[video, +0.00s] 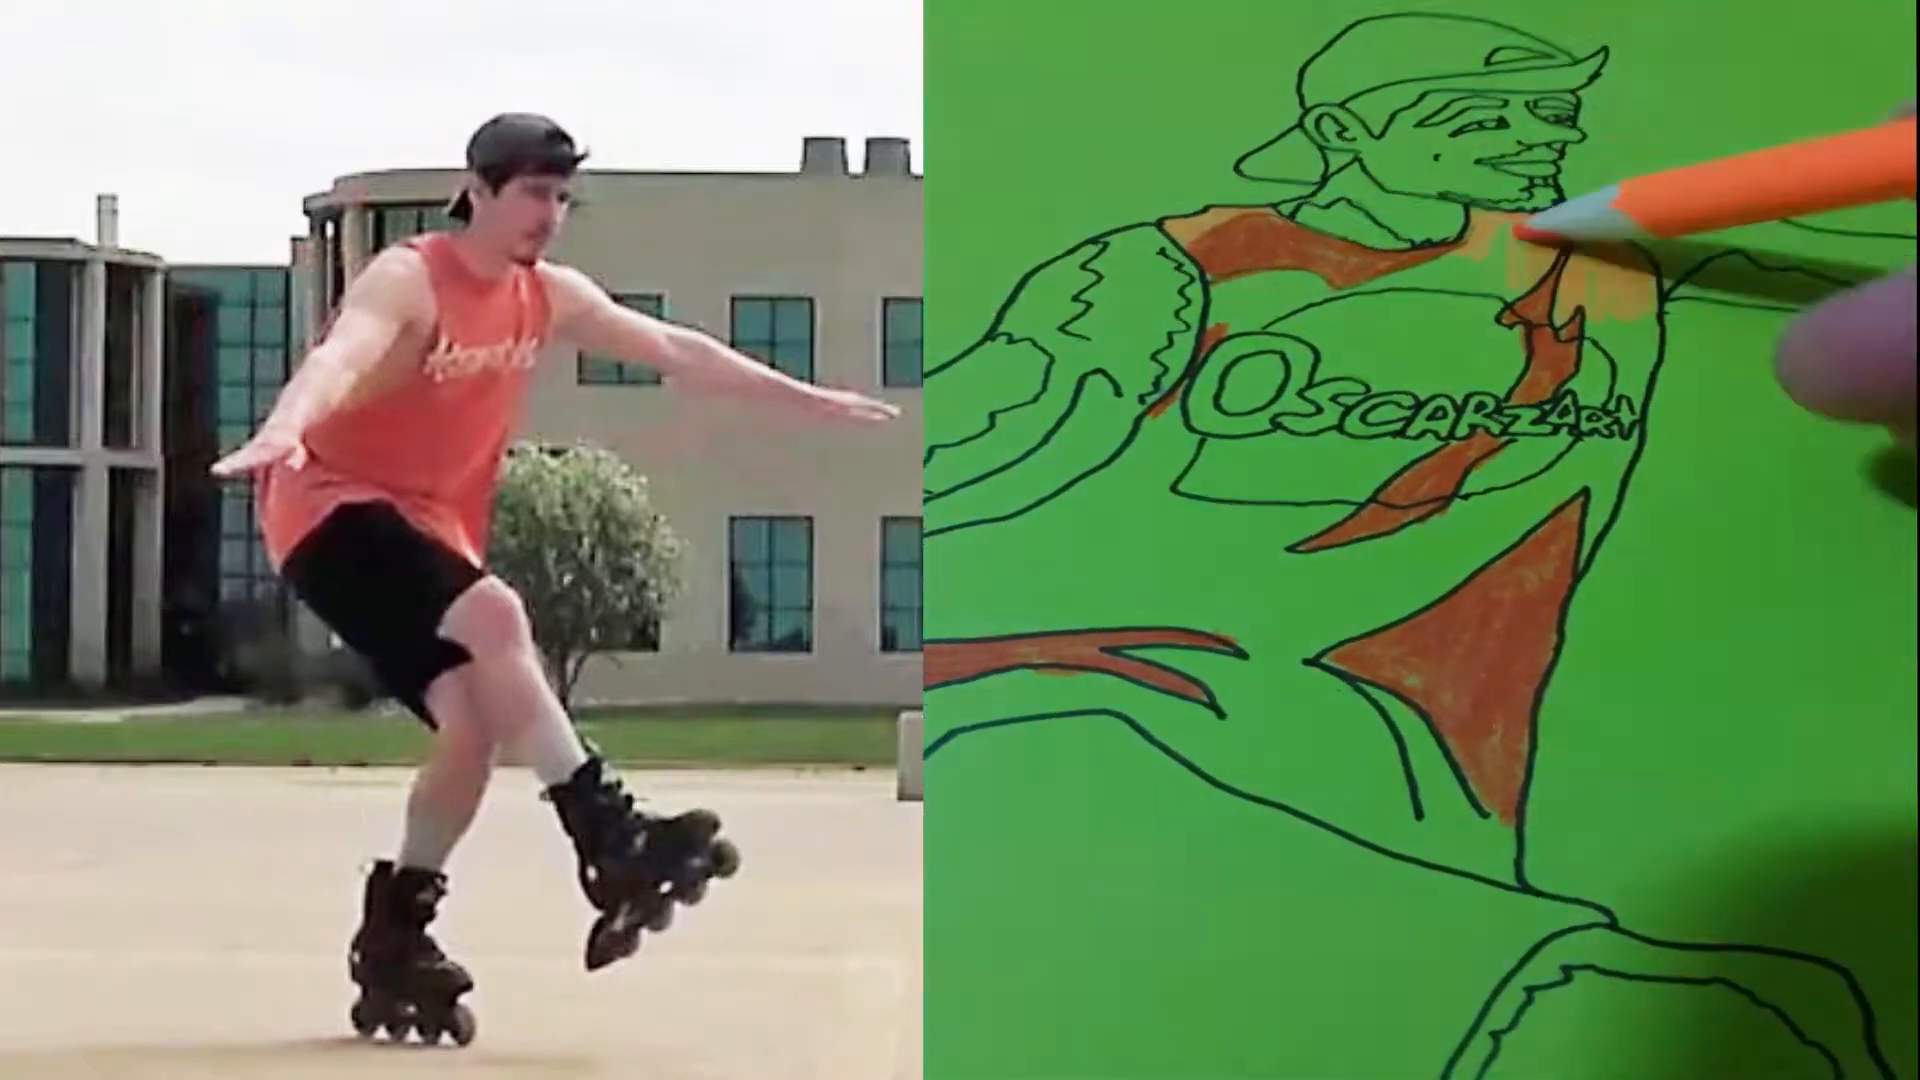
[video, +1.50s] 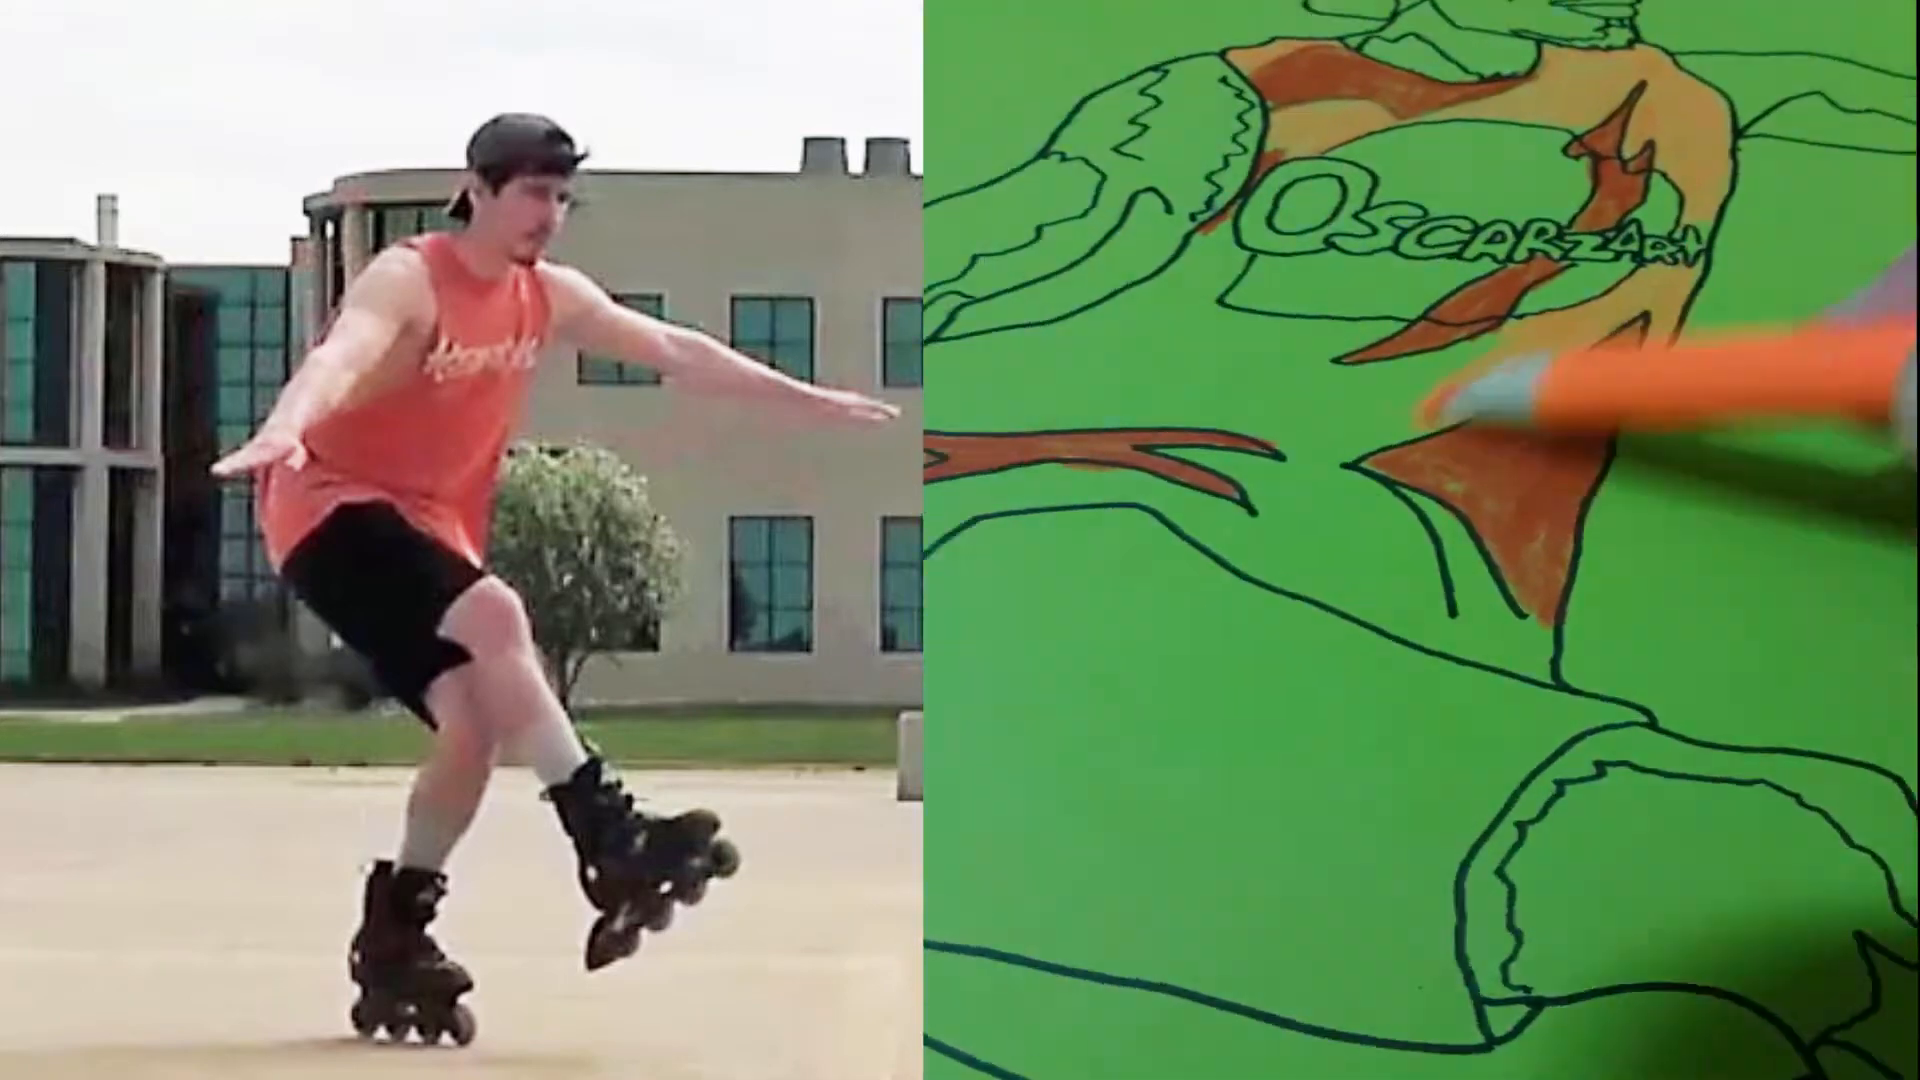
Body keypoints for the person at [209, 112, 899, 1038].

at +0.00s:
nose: (552, 214)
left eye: (562, 198)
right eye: (536, 195)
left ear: (562, 203)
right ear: (477, 191)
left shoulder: (551, 293)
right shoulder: (408, 274)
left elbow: (674, 349)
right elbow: (342, 356)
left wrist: (811, 399)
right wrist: (283, 428)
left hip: (436, 530)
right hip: (334, 505)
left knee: (477, 725)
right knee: (492, 616)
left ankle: (393, 935)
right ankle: (610, 841)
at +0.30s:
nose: (552, 214)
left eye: (562, 198)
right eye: (536, 195)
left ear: (562, 203)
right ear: (477, 191)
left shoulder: (551, 293)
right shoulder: (408, 274)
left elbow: (674, 350)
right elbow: (342, 356)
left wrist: (810, 399)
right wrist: (283, 428)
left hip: (436, 530)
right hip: (334, 504)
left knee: (477, 723)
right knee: (492, 616)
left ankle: (393, 937)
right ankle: (611, 842)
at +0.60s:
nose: (552, 214)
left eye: (562, 198)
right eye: (536, 194)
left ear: (562, 203)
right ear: (477, 191)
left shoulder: (551, 293)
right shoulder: (408, 274)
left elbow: (674, 349)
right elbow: (342, 356)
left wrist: (810, 399)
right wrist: (283, 428)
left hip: (436, 530)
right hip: (334, 504)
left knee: (477, 725)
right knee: (492, 616)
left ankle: (393, 936)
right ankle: (611, 842)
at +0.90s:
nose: (551, 215)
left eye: (561, 199)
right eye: (535, 195)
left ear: (563, 203)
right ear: (475, 191)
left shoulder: (551, 293)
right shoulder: (408, 274)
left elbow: (675, 350)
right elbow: (342, 355)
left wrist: (812, 400)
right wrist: (282, 429)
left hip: (437, 530)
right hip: (334, 505)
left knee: (477, 726)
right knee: (492, 616)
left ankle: (393, 935)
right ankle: (609, 839)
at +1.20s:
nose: (551, 214)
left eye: (561, 198)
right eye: (534, 195)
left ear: (563, 203)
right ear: (476, 191)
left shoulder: (552, 293)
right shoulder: (409, 274)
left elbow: (676, 351)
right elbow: (342, 355)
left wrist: (812, 400)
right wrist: (283, 428)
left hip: (437, 530)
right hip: (335, 506)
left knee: (477, 724)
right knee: (492, 616)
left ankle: (393, 937)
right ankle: (610, 841)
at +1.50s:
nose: (551, 215)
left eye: (561, 199)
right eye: (535, 195)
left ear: (563, 204)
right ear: (476, 191)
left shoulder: (551, 293)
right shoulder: (408, 274)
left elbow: (674, 350)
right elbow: (341, 356)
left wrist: (810, 399)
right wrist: (282, 429)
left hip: (437, 531)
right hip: (334, 505)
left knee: (477, 726)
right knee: (492, 616)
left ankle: (393, 934)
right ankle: (609, 839)